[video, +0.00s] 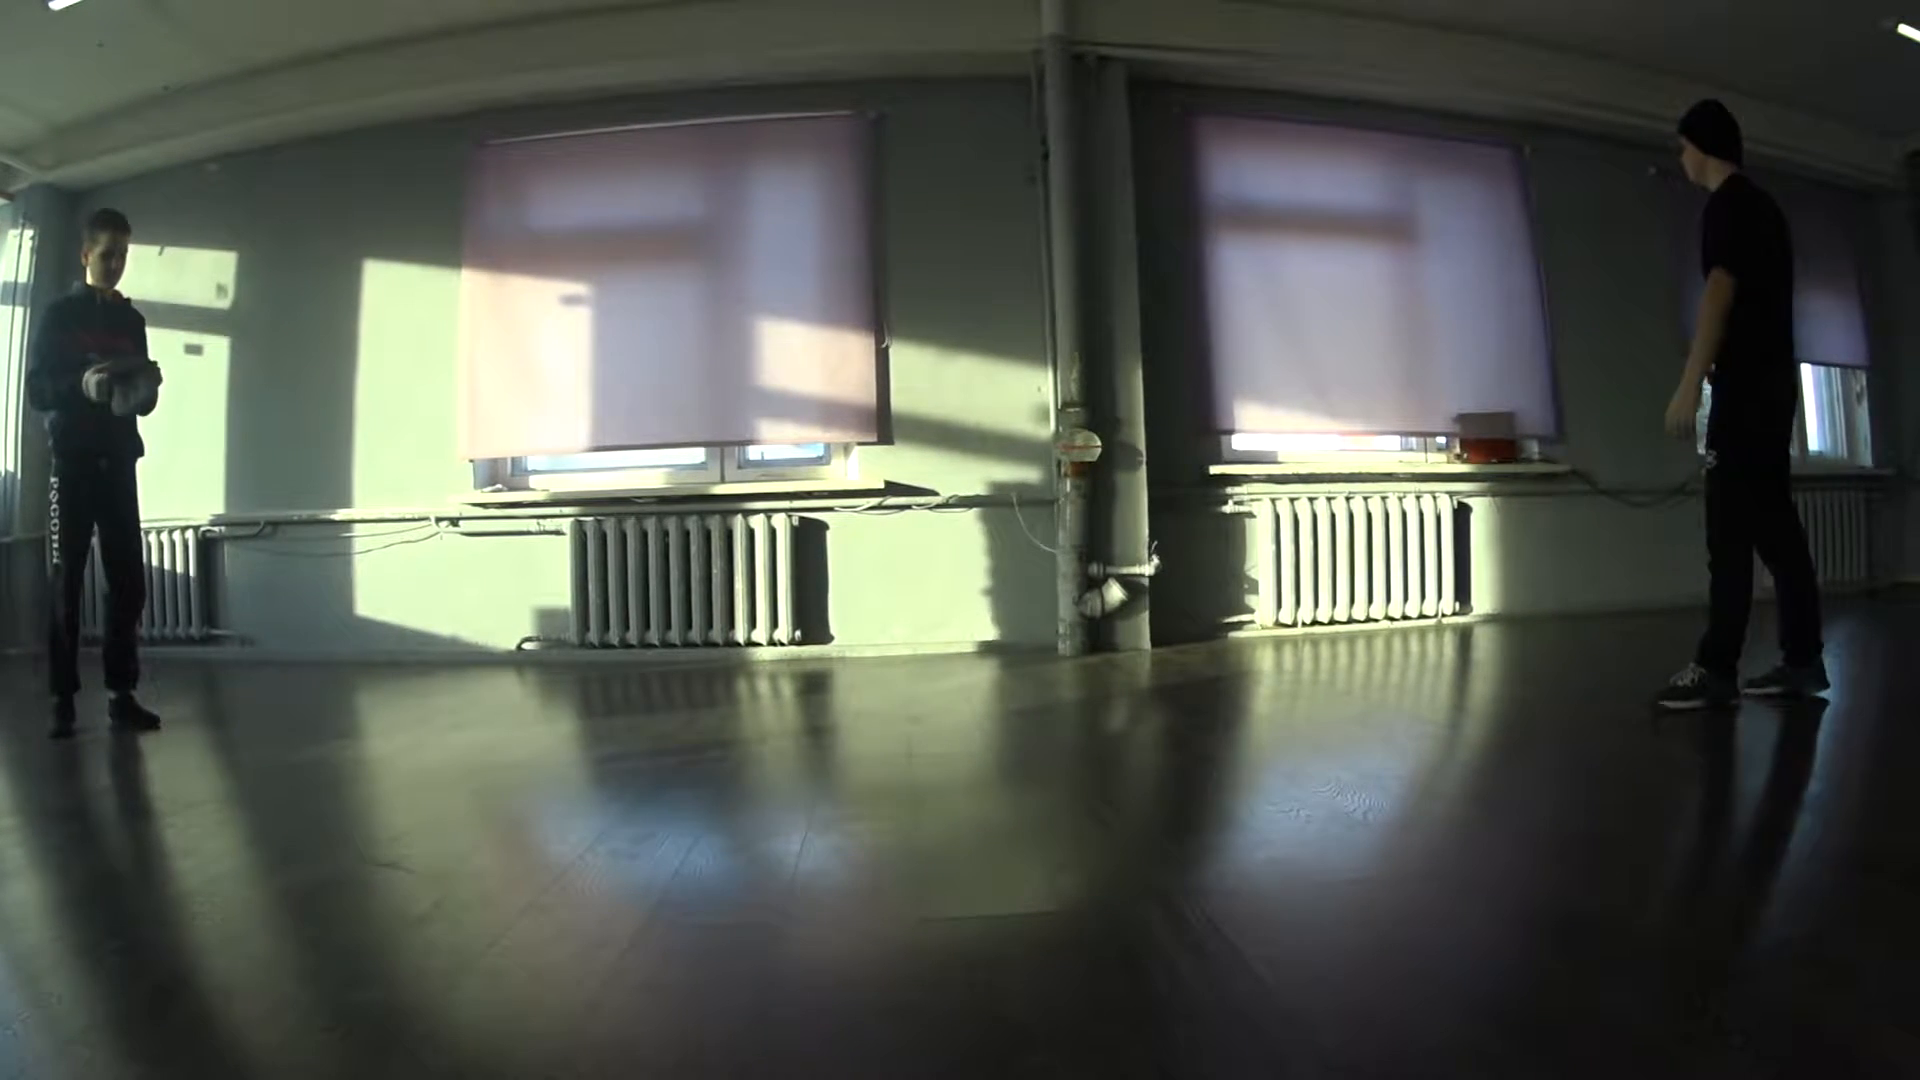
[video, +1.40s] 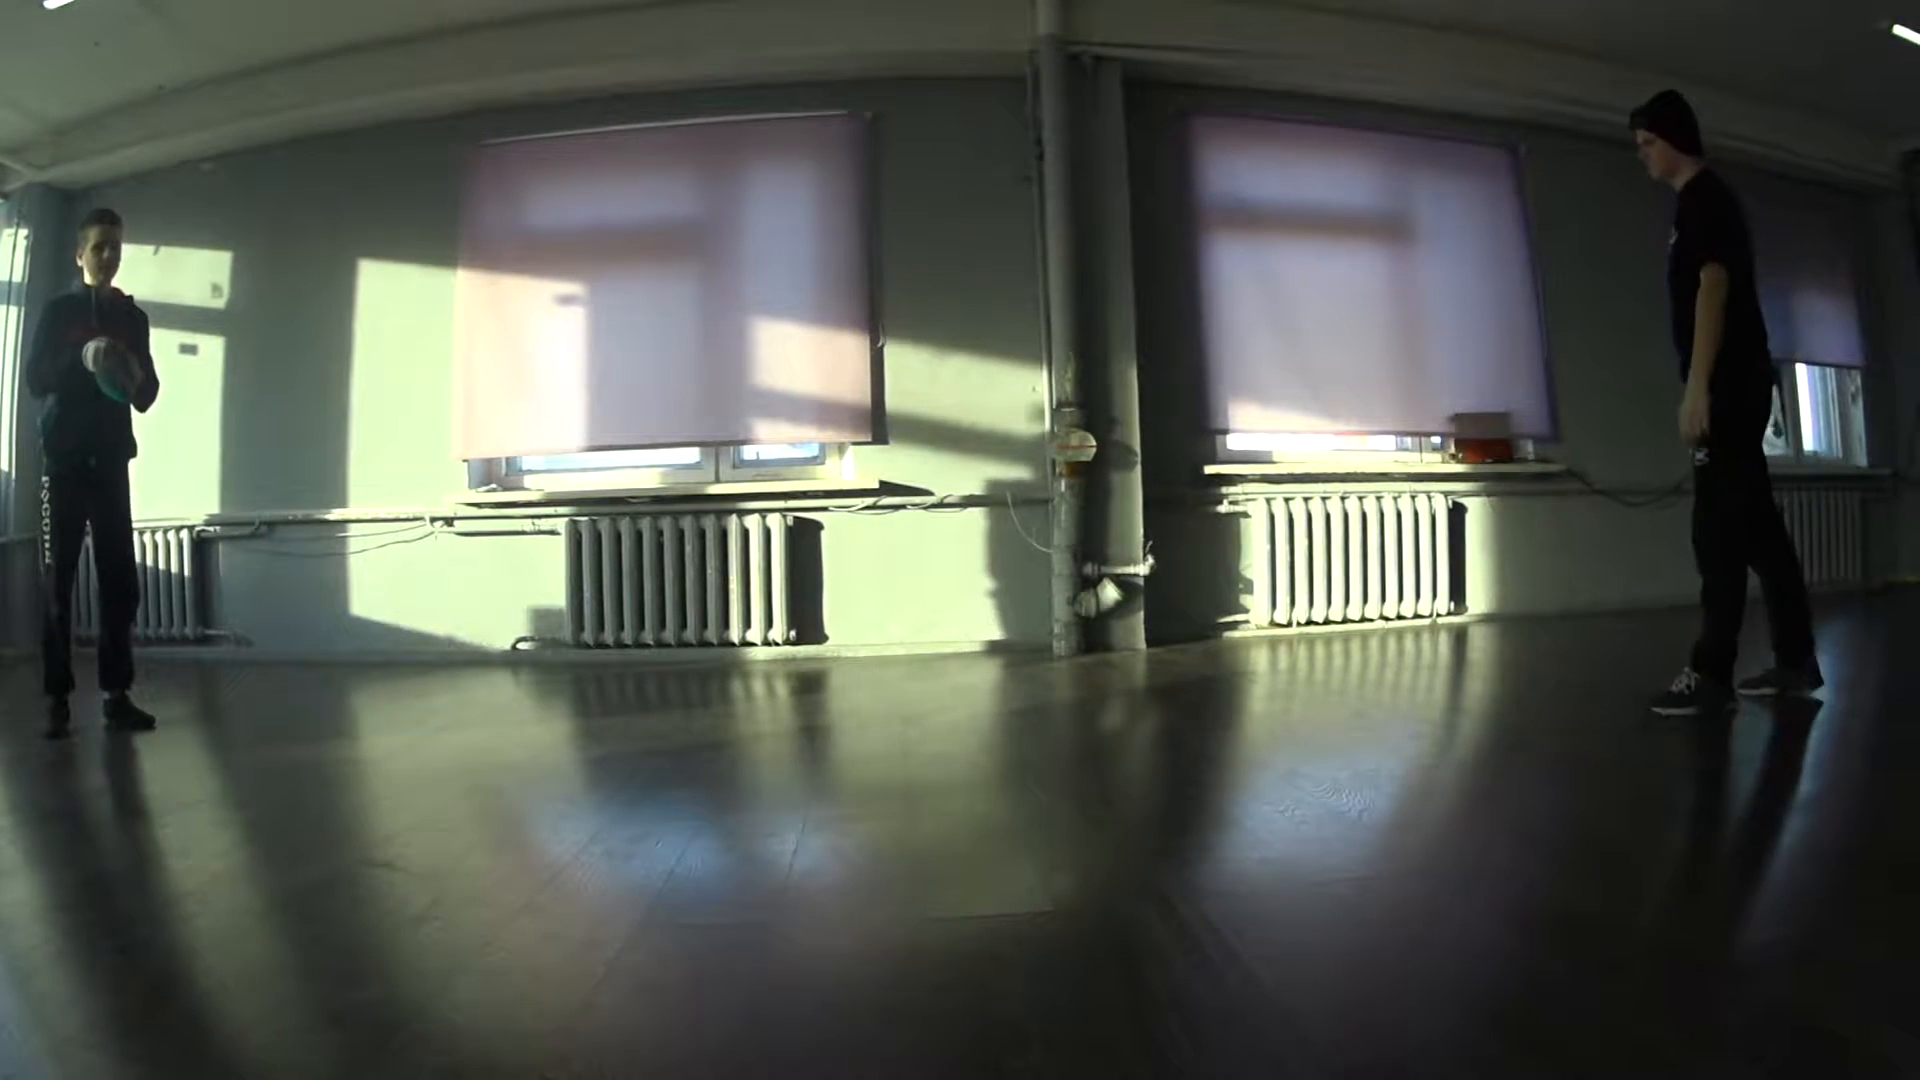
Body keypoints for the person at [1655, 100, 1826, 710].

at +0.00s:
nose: (1681, 160)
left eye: (1683, 149)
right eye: (1682, 149)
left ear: (1698, 150)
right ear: (1730, 147)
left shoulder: (1728, 204)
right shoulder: (1760, 205)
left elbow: (1721, 294)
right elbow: (1764, 312)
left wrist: (1688, 386)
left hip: (1743, 390)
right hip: (1771, 387)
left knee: (1728, 528)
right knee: (1775, 524)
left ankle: (1716, 669)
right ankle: (1804, 664)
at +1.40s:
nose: (1643, 158)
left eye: (1647, 145)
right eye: (1639, 147)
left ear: (1675, 141)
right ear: (1677, 144)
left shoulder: (1705, 199)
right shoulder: (1703, 198)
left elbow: (1715, 289)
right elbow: (1719, 295)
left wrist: (1697, 386)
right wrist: (1716, 384)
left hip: (1730, 385)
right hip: (1734, 384)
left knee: (1717, 530)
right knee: (1757, 526)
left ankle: (1710, 675)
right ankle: (1797, 665)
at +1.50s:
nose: (1632, 152)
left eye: (1636, 139)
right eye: (1629, 141)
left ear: (1665, 136)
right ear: (1666, 138)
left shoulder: (1696, 194)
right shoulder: (1685, 194)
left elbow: (1706, 287)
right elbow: (1688, 298)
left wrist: (1684, 385)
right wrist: (1668, 377)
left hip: (1721, 380)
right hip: (1716, 379)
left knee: (1712, 527)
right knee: (1746, 519)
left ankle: (1709, 675)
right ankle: (1795, 658)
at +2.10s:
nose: (1510, 172)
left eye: (1512, 158)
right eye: (1505, 161)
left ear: (1539, 146)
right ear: (1532, 151)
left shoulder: (1595, 197)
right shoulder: (1566, 209)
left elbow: (1633, 287)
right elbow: (1589, 307)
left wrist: (1647, 388)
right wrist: (1577, 398)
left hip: (1621, 400)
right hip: (1585, 403)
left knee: (1672, 545)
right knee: (1539, 532)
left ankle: (1709, 680)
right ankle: (1478, 668)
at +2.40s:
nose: (1367, 170)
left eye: (1371, 155)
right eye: (1361, 160)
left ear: (1403, 144)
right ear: (1376, 159)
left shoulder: (1475, 195)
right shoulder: (1406, 226)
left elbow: (1526, 287)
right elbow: (1429, 324)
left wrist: (1523, 388)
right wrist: (1434, 407)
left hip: (1519, 388)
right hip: (1460, 399)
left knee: (1578, 526)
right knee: (1448, 551)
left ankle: (1669, 644)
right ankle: (1426, 692)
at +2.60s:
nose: (1304, 150)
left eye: (1307, 134)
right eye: (1297, 141)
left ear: (1340, 119)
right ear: (1310, 140)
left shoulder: (1405, 170)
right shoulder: (1341, 198)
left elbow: (1431, 262)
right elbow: (1363, 282)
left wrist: (1355, 323)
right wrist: (1346, 344)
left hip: (1431, 370)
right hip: (1372, 376)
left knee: (1449, 517)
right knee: (1381, 530)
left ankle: (1505, 637)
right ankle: (1413, 673)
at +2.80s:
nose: (1249, 165)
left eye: (1251, 149)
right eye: (1243, 156)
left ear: (1281, 133)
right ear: (1266, 147)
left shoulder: (1347, 179)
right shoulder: (1301, 201)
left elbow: (1346, 265)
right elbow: (1315, 297)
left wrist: (1252, 282)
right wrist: (1287, 372)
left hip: (1356, 380)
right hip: (1297, 380)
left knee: (1349, 520)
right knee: (1274, 519)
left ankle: (1368, 657)